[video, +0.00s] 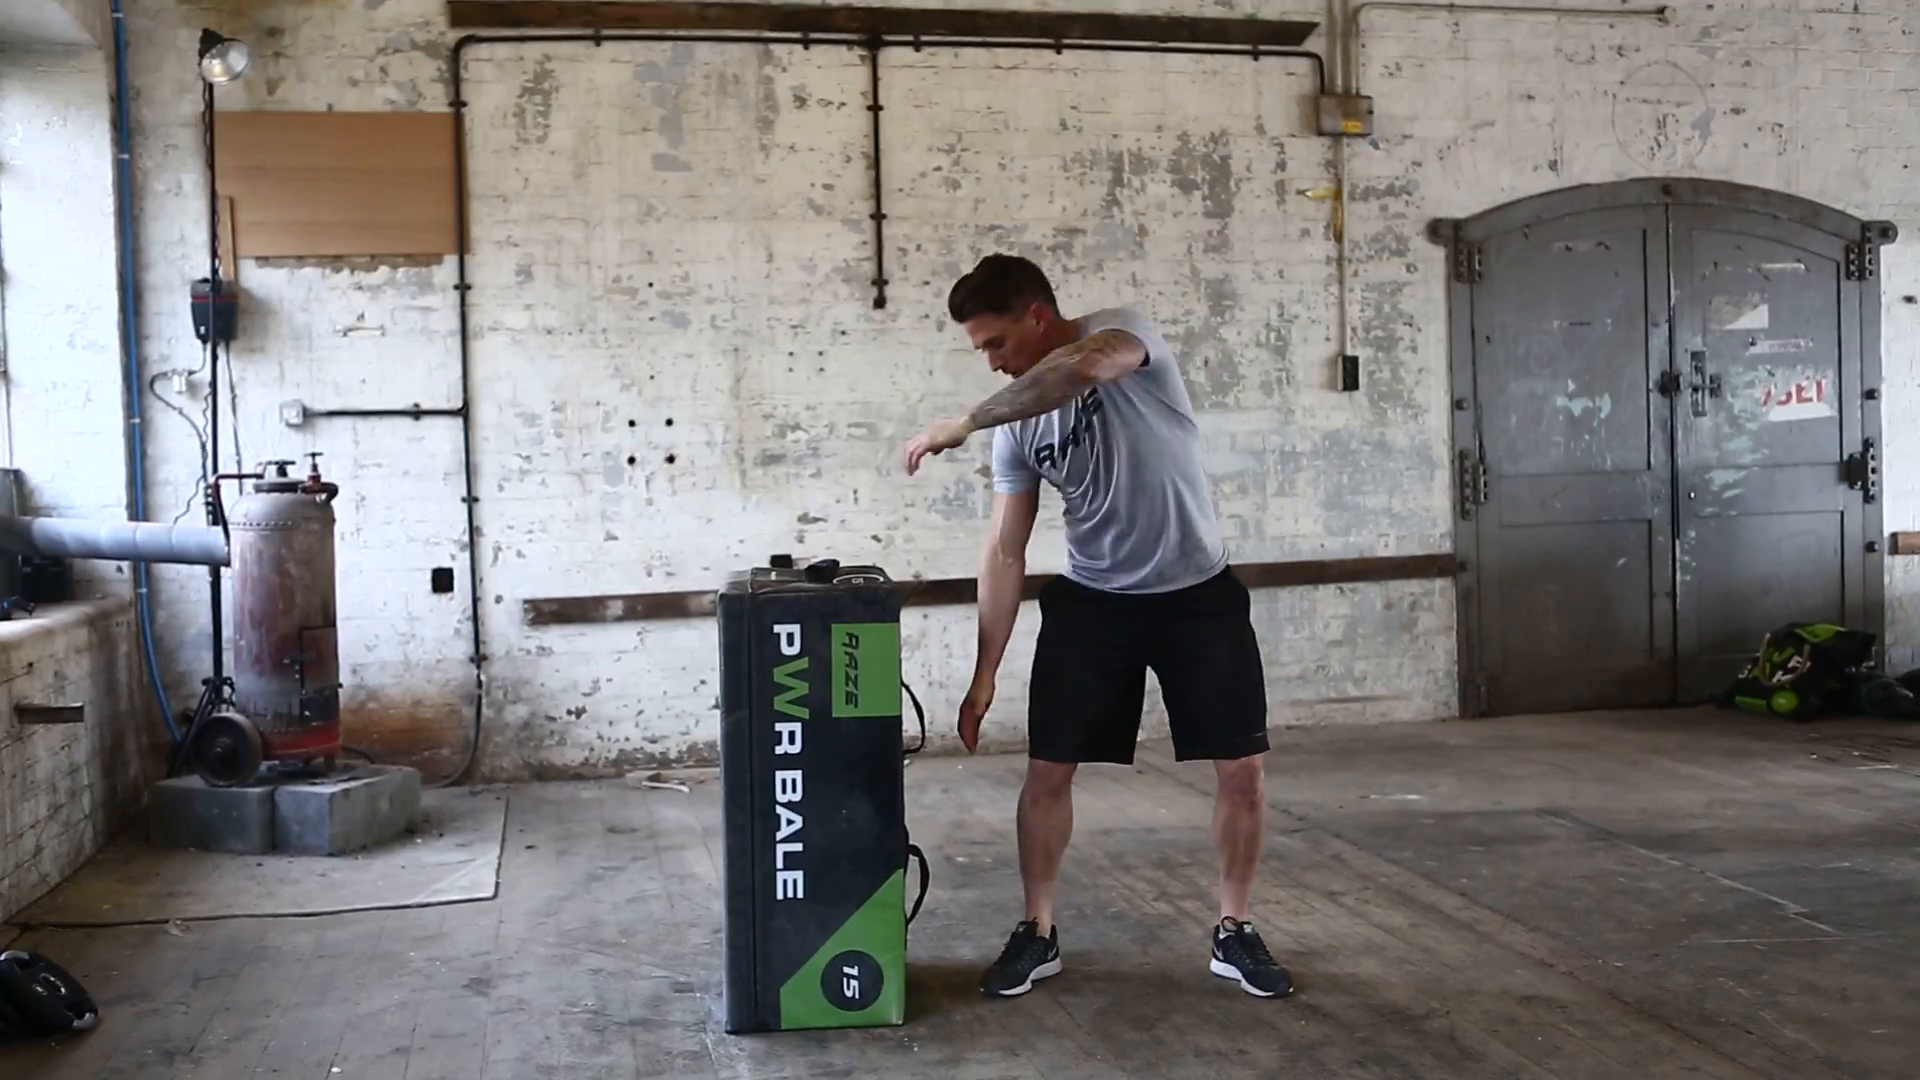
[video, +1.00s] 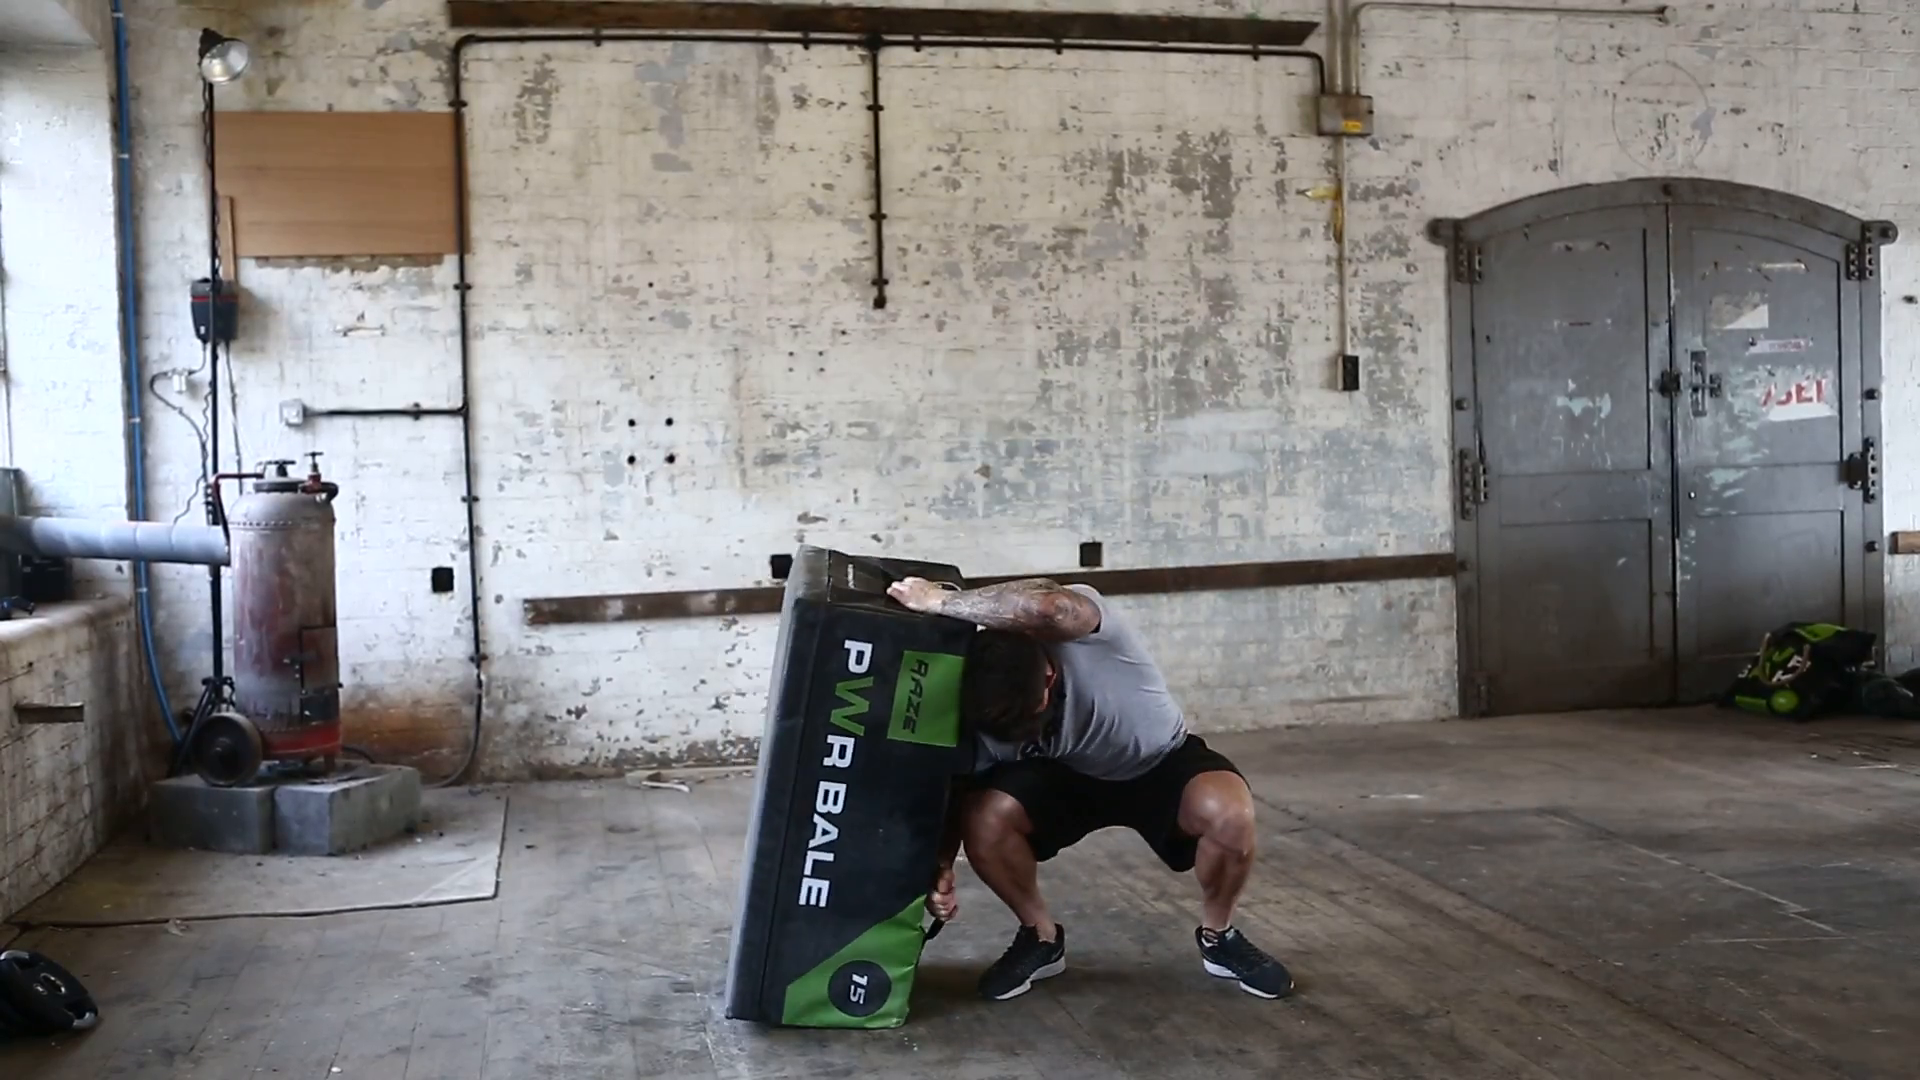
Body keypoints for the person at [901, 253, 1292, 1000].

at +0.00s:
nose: (992, 362)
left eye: (996, 344)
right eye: (983, 350)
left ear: (1040, 313)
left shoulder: (1126, 329)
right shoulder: (1016, 423)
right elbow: (1003, 554)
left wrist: (970, 422)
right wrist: (984, 671)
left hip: (1197, 595)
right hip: (1092, 602)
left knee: (1243, 769)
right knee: (1048, 769)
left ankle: (1233, 930)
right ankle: (1037, 930)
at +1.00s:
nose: (1023, 739)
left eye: (1030, 723)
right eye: (1008, 734)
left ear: (1048, 678)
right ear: (976, 712)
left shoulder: (1092, 627)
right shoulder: (974, 727)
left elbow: (1049, 608)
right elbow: (955, 795)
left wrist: (945, 601)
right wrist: (942, 868)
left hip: (1160, 762)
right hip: (1068, 775)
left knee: (1231, 813)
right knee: (983, 822)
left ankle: (1217, 935)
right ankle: (1042, 935)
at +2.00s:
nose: (1150, 332)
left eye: (1167, 320)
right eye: (1137, 317)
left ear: (1187, 296)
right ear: (1107, 284)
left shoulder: (1206, 317)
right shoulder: (1052, 329)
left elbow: (1311, 284)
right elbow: (953, 391)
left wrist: (1243, 203)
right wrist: (932, 344)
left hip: (1178, 580)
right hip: (1072, 582)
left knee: (1217, 760)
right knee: (1044, 768)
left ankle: (1231, 928)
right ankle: (1030, 929)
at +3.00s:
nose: (1020, 379)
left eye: (1031, 363)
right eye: (1006, 366)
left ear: (1067, 332)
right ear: (993, 352)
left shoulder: (1121, 341)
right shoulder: (994, 412)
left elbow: (1129, 234)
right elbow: (921, 506)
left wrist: (1030, 220)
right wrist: (868, 485)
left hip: (1179, 592)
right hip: (1075, 602)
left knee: (1229, 774)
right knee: (1017, 771)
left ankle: (1230, 929)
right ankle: (1026, 928)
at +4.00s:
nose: (915, 556)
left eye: (921, 540)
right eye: (904, 546)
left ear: (956, 501)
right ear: (895, 528)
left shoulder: (1019, 497)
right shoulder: (939, 583)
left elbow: (919, 573)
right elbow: (946, 706)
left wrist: (839, 577)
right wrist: (928, 823)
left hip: (1148, 644)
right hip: (1048, 660)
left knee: (1225, 784)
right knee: (991, 786)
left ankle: (1229, 931)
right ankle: (1020, 934)